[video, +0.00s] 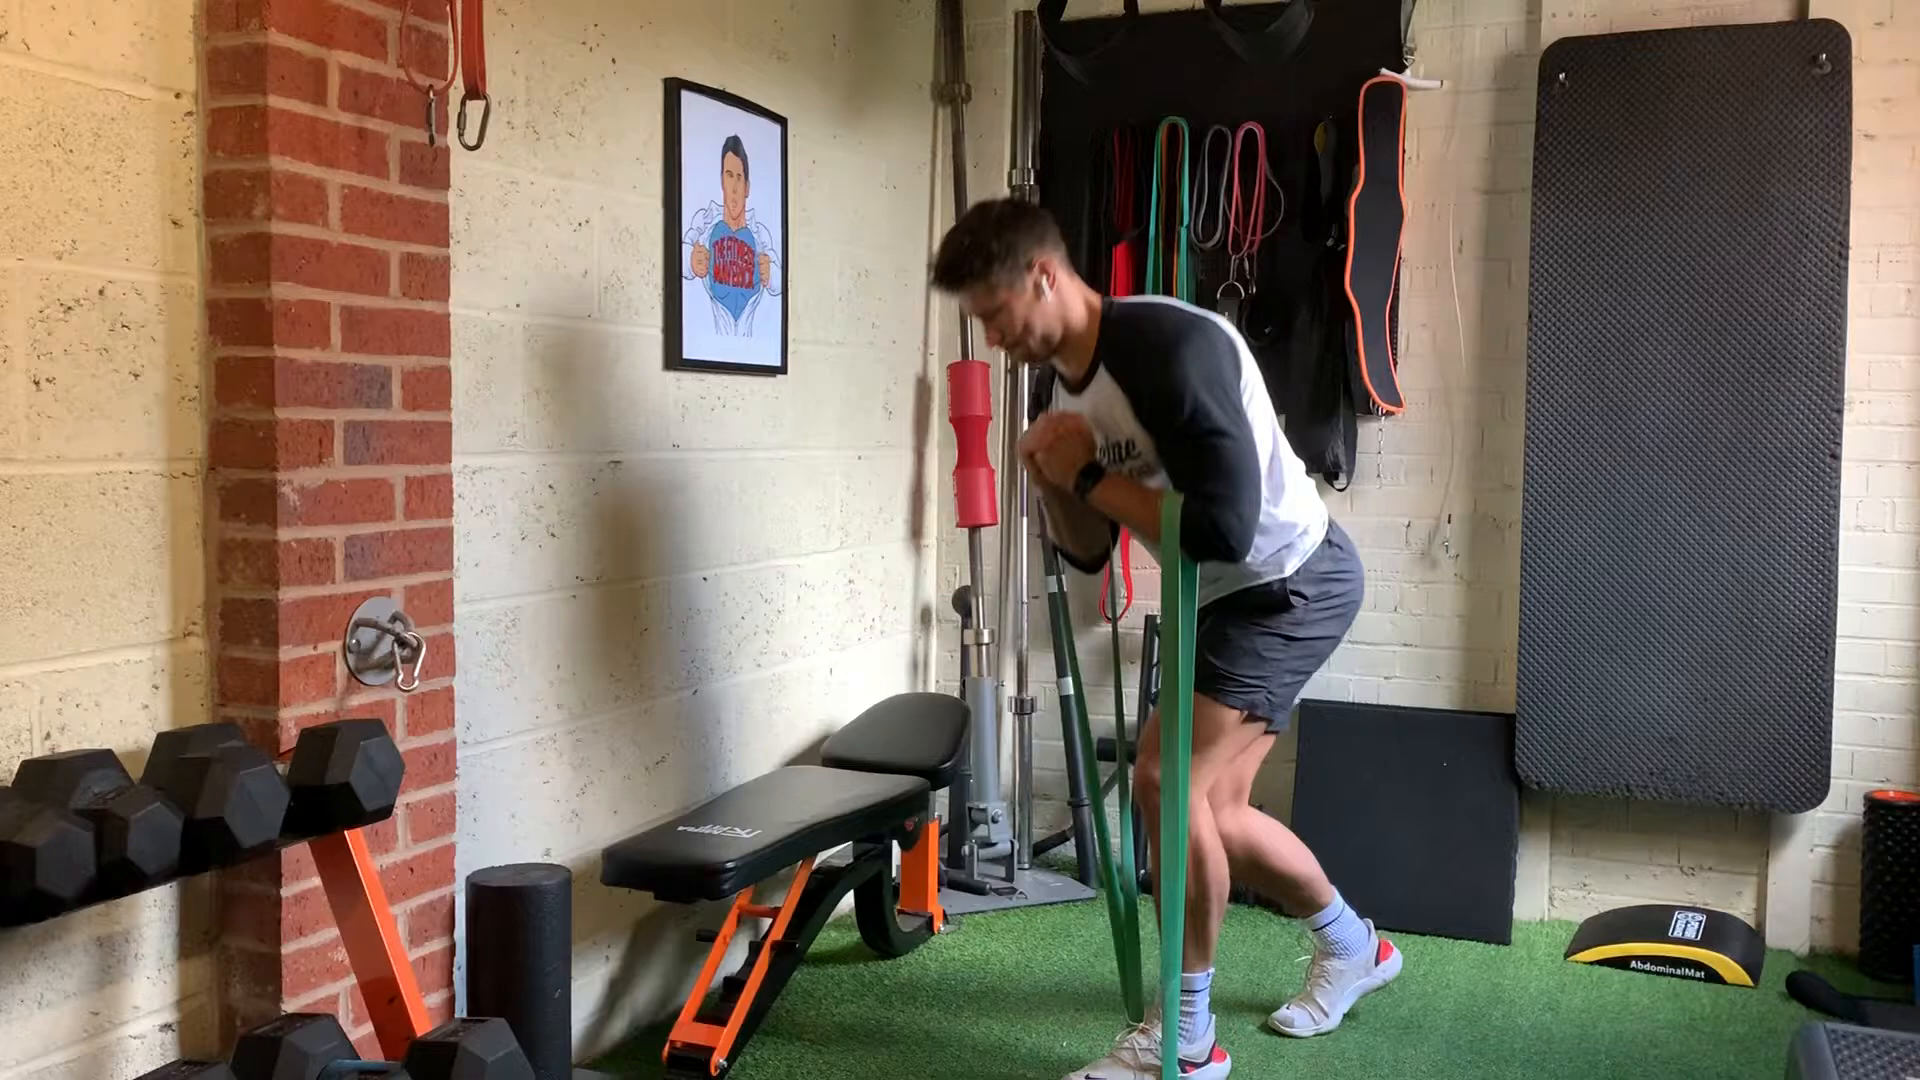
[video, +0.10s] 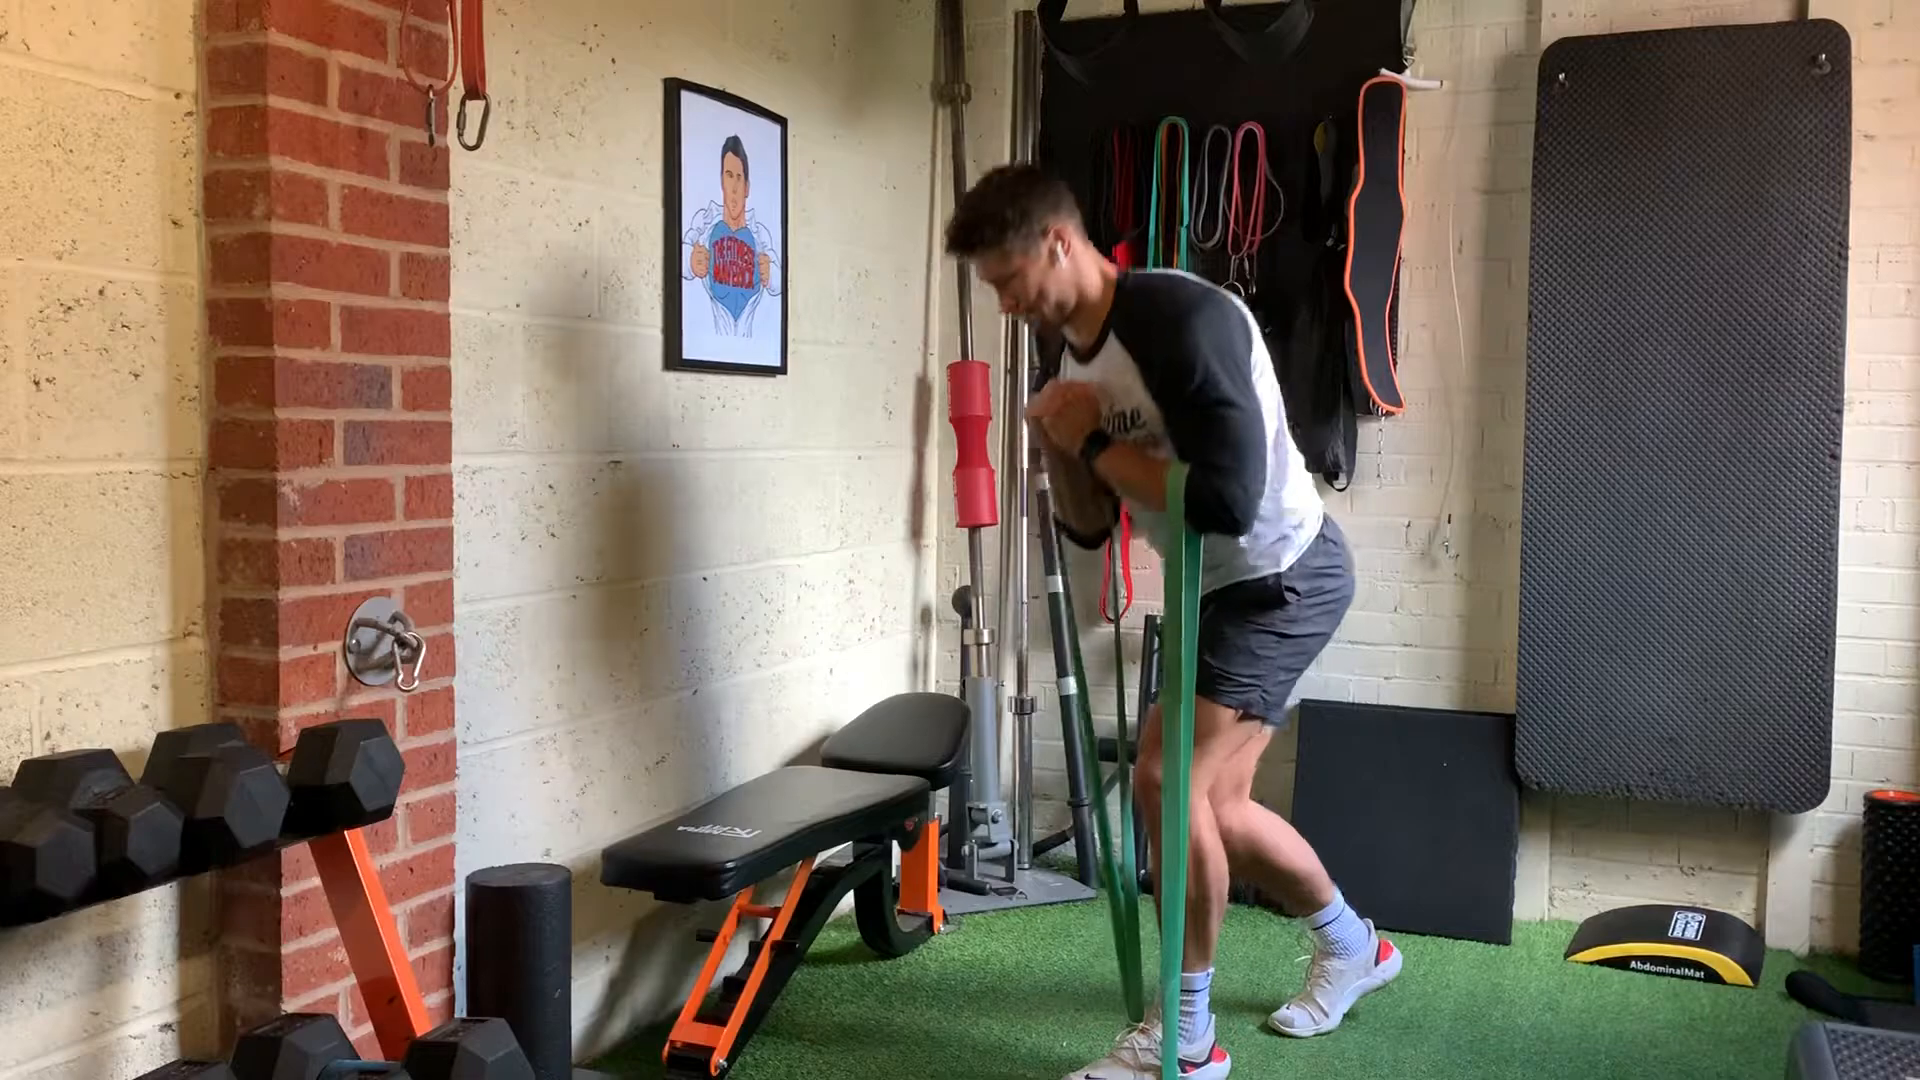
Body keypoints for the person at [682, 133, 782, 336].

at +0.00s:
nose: (734, 185)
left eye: (739, 176)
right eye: (729, 175)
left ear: (748, 187)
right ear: (721, 181)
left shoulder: (760, 232)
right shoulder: (705, 223)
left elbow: (778, 287)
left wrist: (770, 274)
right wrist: (692, 266)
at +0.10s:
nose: (734, 185)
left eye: (739, 176)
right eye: (729, 175)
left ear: (747, 187)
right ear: (721, 182)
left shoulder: (760, 232)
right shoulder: (705, 223)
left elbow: (778, 287)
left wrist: (770, 274)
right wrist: (692, 266)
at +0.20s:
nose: (734, 185)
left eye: (739, 176)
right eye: (729, 175)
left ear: (748, 187)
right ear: (721, 182)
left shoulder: (760, 233)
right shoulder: (705, 224)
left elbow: (778, 287)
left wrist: (770, 275)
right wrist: (692, 266)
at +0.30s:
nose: (734, 185)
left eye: (739, 176)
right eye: (729, 175)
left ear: (747, 186)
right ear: (721, 181)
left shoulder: (760, 231)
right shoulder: (705, 222)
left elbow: (778, 287)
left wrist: (770, 275)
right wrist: (692, 266)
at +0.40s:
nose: (734, 185)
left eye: (739, 176)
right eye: (729, 175)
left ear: (747, 186)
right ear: (721, 181)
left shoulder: (760, 231)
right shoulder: (704, 223)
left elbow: (779, 287)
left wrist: (770, 274)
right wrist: (692, 266)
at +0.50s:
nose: (734, 185)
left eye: (739, 176)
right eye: (729, 175)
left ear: (747, 186)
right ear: (721, 181)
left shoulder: (760, 231)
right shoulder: (704, 223)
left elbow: (778, 287)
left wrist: (770, 274)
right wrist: (692, 266)